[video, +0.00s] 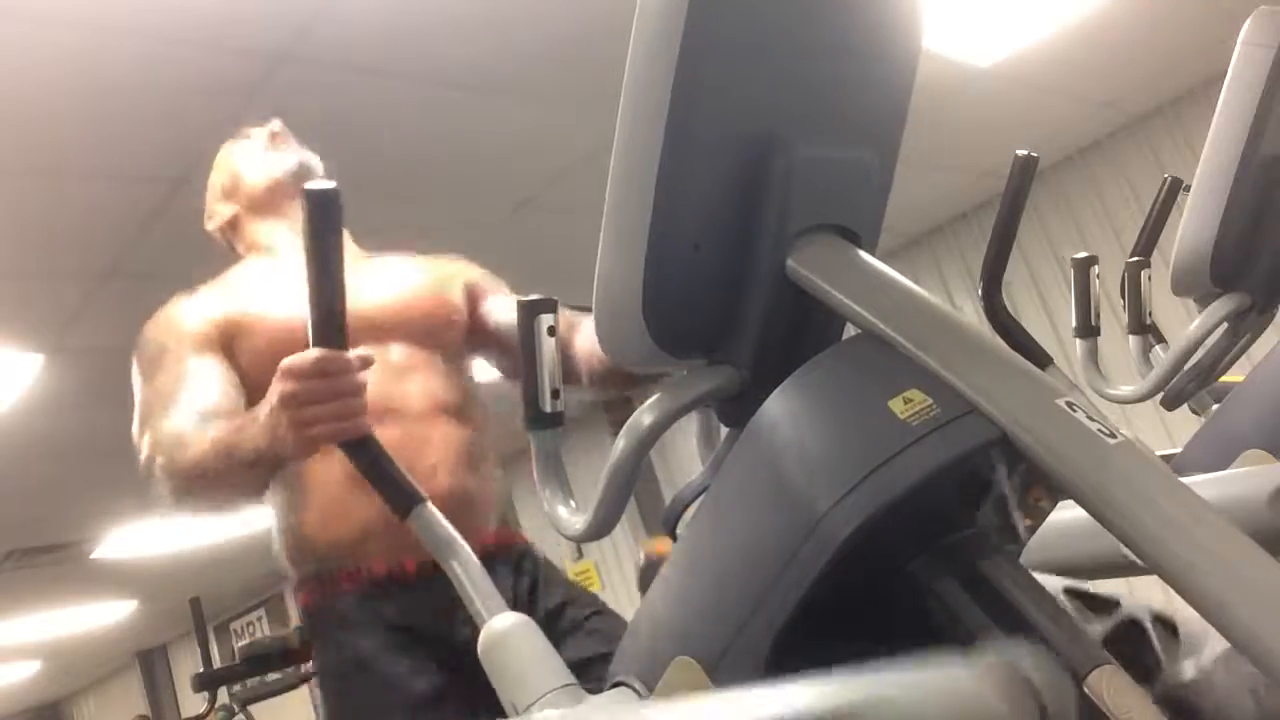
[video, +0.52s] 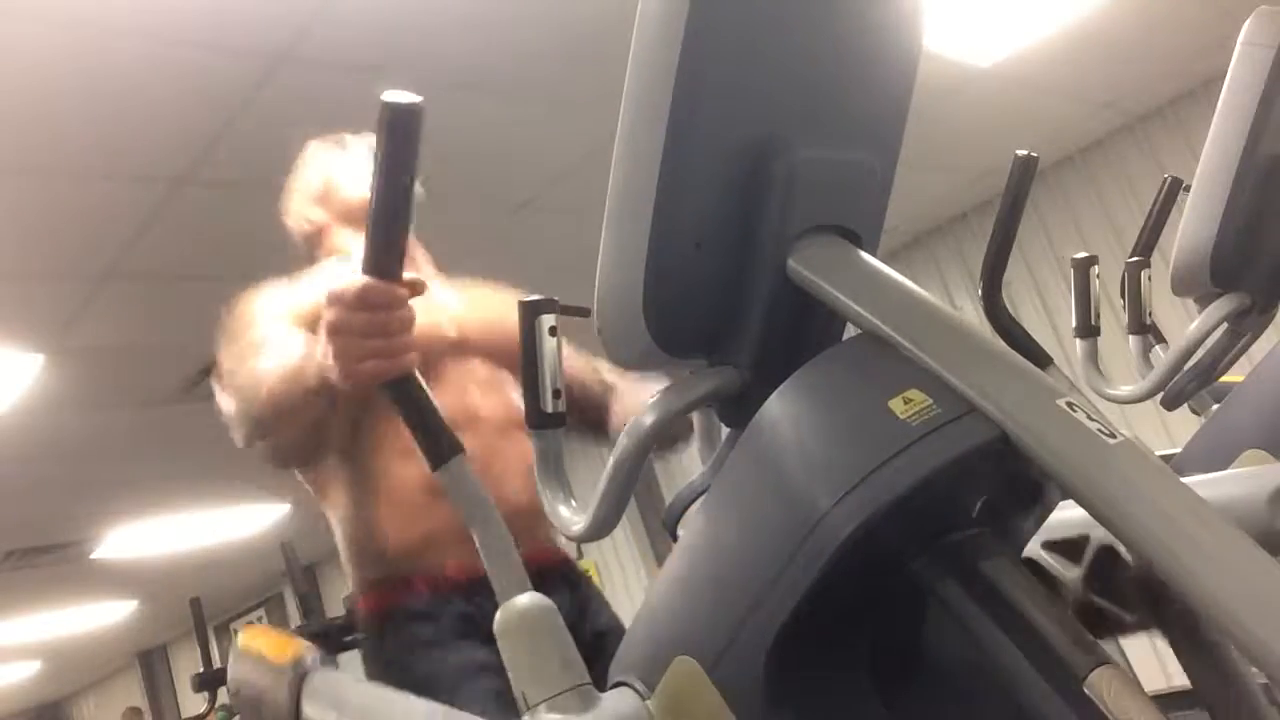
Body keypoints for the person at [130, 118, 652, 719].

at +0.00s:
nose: (283, 131)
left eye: (292, 133)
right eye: (257, 138)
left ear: (323, 174)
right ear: (222, 209)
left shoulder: (438, 274)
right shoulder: (194, 318)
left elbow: (559, 339)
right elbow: (181, 462)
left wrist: (650, 343)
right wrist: (268, 430)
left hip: (509, 577)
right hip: (367, 615)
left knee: (667, 693)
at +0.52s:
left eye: (388, 184)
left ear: (406, 192)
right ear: (308, 217)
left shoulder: (479, 300)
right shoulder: (278, 309)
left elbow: (593, 385)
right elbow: (260, 419)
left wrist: (648, 406)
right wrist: (325, 367)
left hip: (556, 589)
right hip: (426, 620)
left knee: (654, 705)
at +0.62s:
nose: (383, 174)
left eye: (388, 171)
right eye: (358, 175)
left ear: (421, 207)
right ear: (325, 241)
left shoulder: (517, 333)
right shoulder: (293, 344)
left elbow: (638, 447)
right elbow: (283, 481)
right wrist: (341, 385)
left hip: (576, 623)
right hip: (441, 653)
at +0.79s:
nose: (328, 81)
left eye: (338, 80)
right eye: (294, 84)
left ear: (368, 125)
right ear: (259, 157)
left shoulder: (494, 243)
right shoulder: (234, 276)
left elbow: (619, 354)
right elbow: (214, 445)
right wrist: (295, 412)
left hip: (543, 555)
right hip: (405, 584)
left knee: (659, 706)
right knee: (466, 716)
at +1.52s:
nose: (401, 159)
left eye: (406, 155)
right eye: (366, 160)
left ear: (428, 193)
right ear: (323, 225)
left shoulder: (518, 338)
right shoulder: (279, 346)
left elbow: (633, 430)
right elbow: (246, 485)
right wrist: (321, 406)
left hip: (537, 649)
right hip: (399, 665)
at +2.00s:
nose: (343, 135)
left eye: (350, 128)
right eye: (307, 133)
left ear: (382, 175)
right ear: (263, 202)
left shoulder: (463, 320)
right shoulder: (231, 338)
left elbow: (596, 394)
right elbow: (167, 527)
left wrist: (732, 380)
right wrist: (294, 449)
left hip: (523, 636)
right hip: (382, 677)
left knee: (719, 672)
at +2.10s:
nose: (353, 83)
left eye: (364, 82)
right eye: (317, 82)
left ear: (391, 130)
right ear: (274, 154)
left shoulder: (477, 268)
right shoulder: (239, 276)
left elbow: (594, 380)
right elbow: (164, 450)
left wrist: (712, 378)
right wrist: (254, 544)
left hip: (525, 590)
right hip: (380, 622)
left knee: (697, 689)